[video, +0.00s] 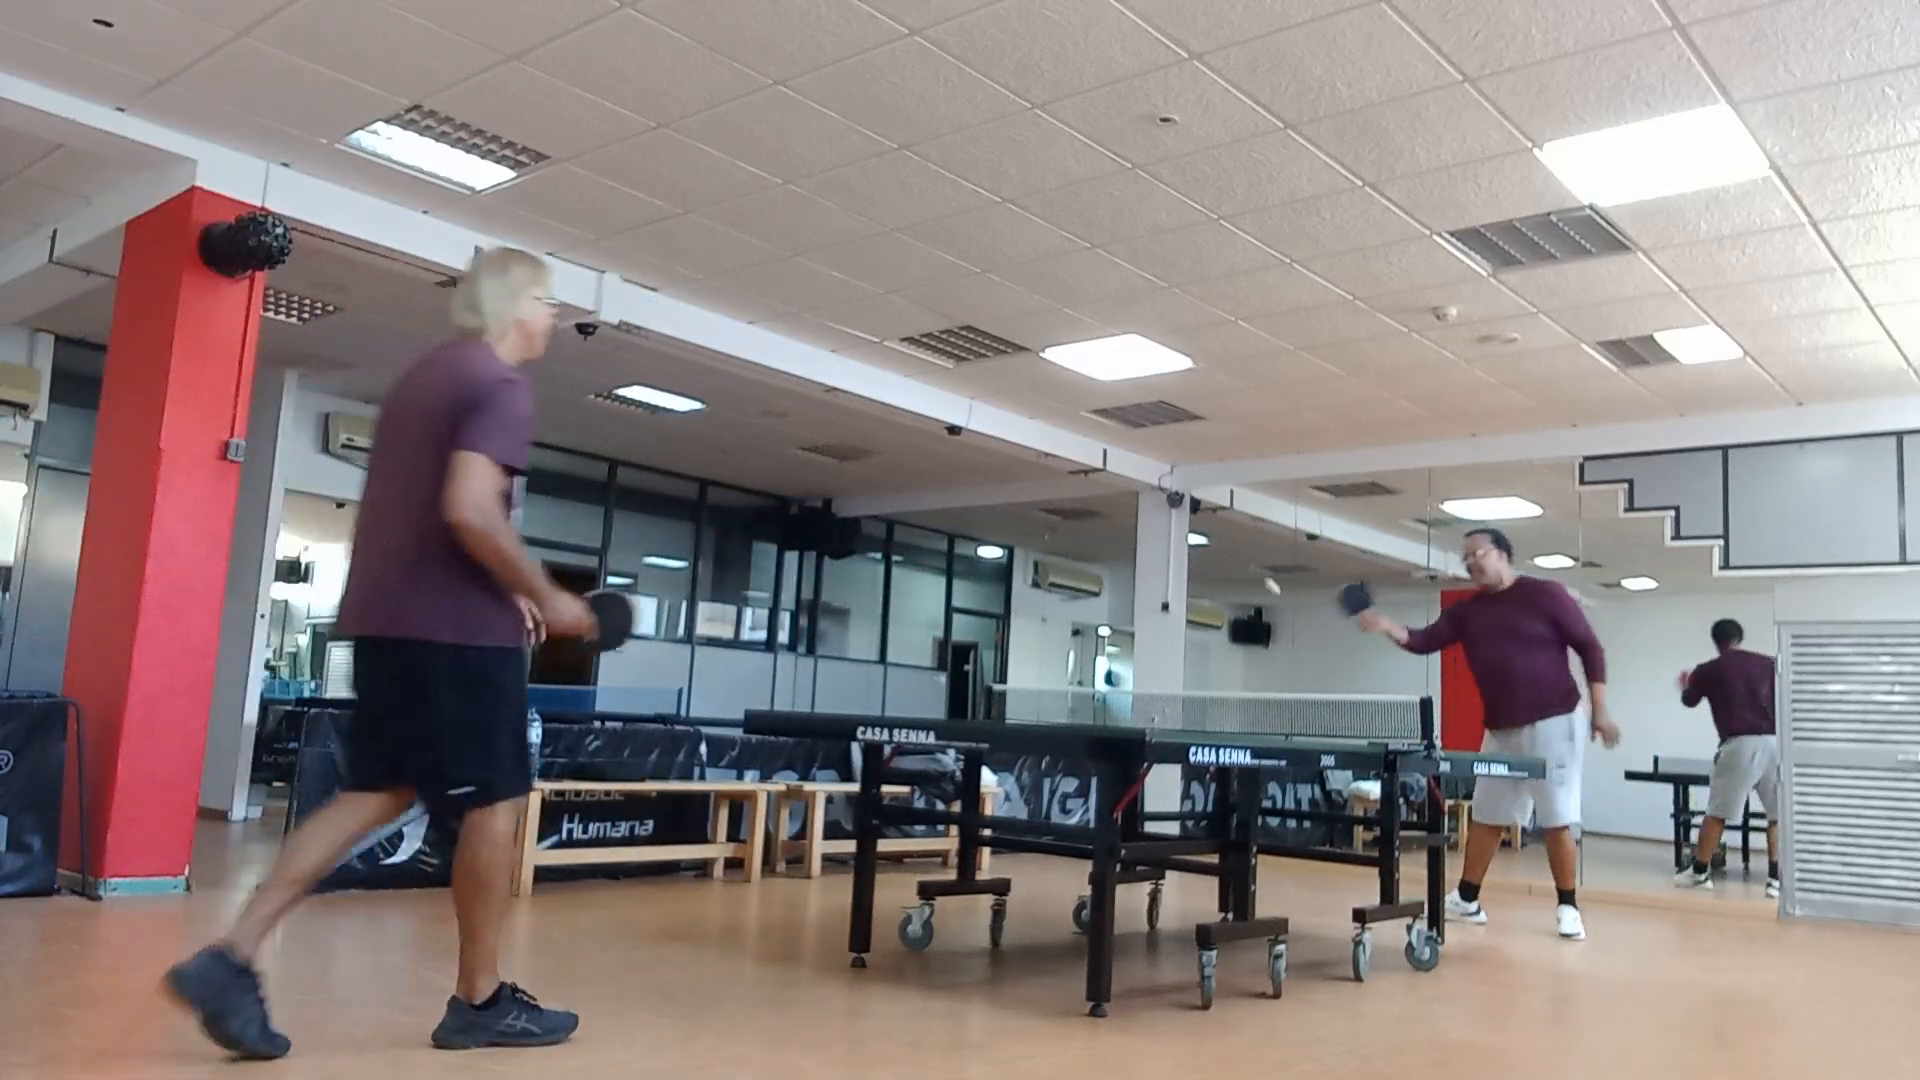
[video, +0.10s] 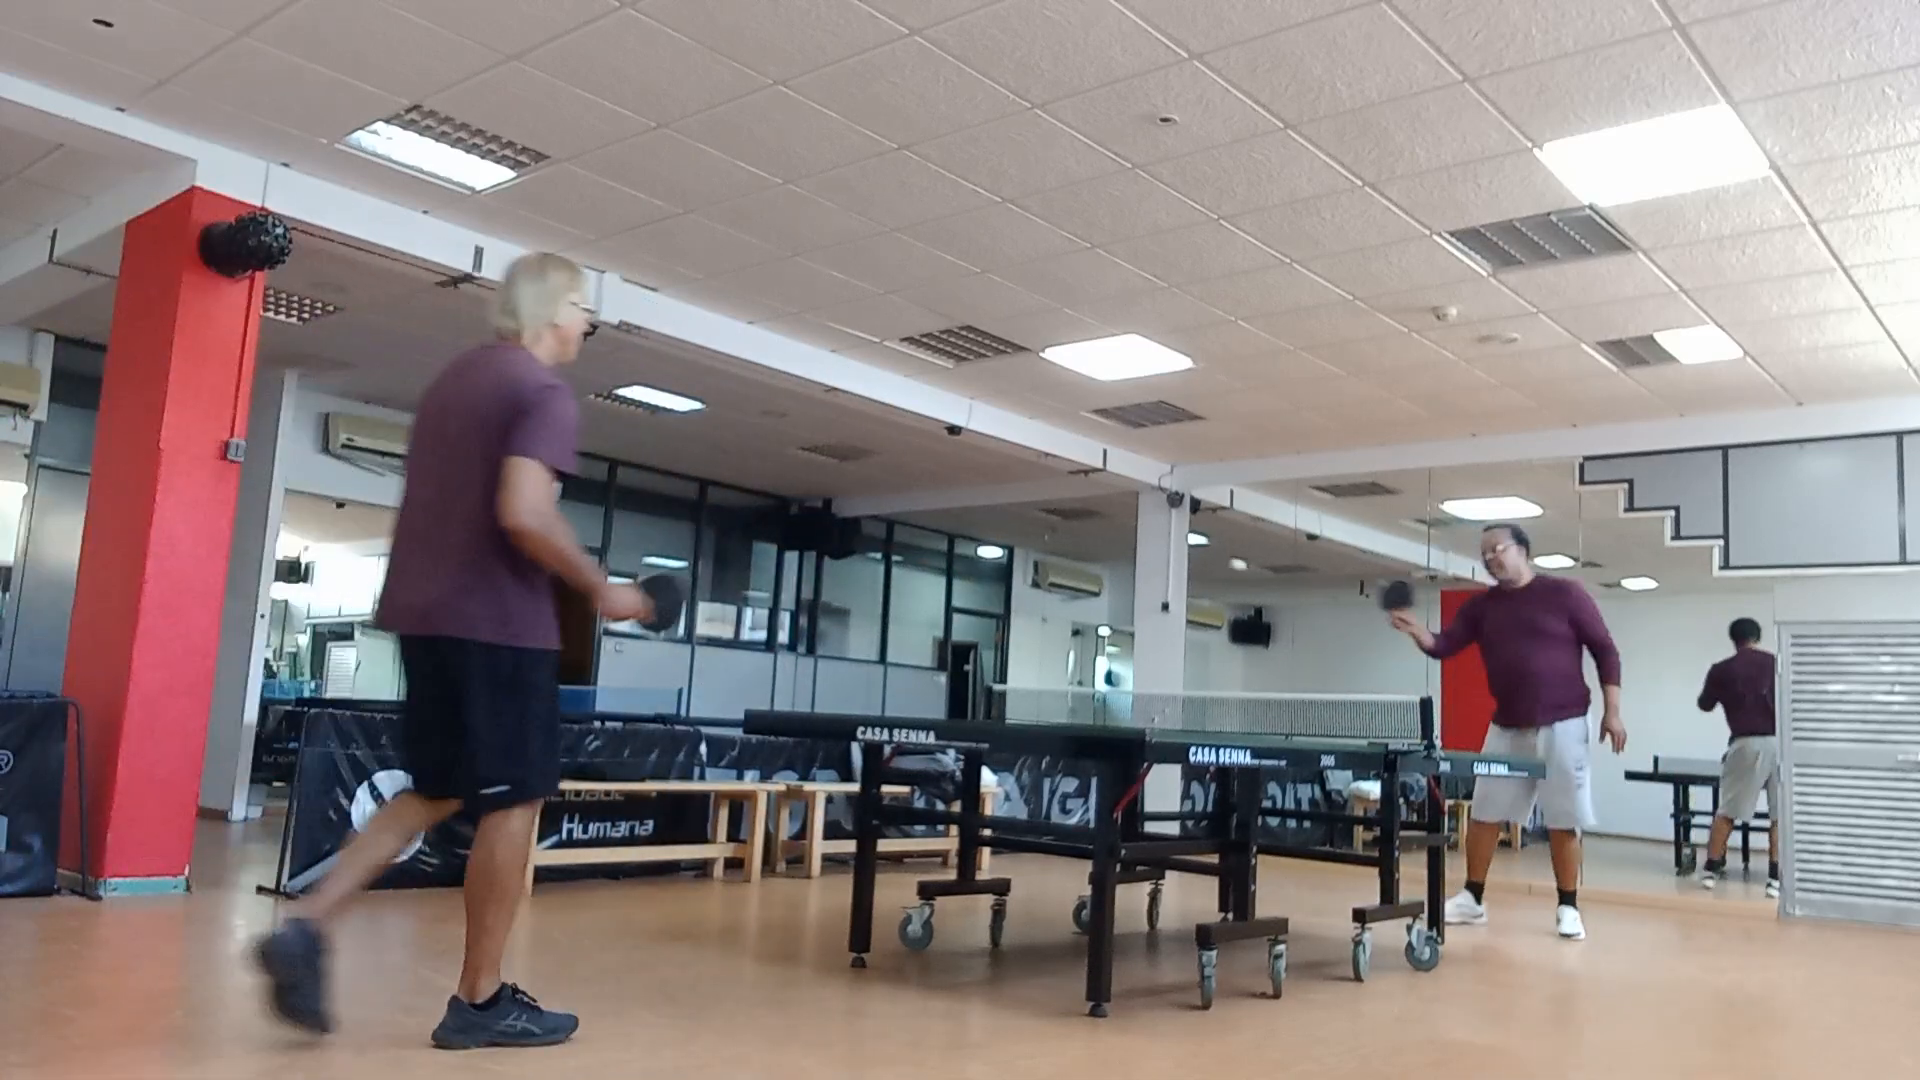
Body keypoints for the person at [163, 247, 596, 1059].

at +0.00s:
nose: (551, 322)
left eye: (551, 308)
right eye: (546, 307)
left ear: (475, 306)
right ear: (516, 310)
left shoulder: (424, 375)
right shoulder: (500, 384)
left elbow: (416, 518)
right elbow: (471, 510)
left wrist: (510, 593)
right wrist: (549, 594)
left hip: (387, 626)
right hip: (462, 634)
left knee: (385, 786)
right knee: (497, 799)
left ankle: (232, 958)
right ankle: (481, 997)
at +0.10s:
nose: (586, 334)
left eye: (586, 320)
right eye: (584, 320)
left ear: (511, 313)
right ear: (559, 320)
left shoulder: (455, 379)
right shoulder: (545, 393)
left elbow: (428, 503)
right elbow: (525, 510)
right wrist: (604, 586)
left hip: (425, 620)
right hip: (499, 629)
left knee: (437, 787)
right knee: (514, 801)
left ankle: (303, 926)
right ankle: (482, 998)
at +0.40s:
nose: (654, 355)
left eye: (654, 341)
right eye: (651, 341)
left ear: (585, 336)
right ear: (626, 340)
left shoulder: (517, 405)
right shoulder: (622, 410)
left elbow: (470, 517)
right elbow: (668, 522)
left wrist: (522, 578)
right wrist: (762, 536)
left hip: (505, 629)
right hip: (570, 635)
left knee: (541, 802)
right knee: (536, 810)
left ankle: (570, 959)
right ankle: (480, 997)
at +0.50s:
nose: (670, 363)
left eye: (670, 349)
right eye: (665, 348)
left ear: (604, 349)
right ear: (635, 351)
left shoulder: (536, 417)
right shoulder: (631, 419)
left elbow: (491, 524)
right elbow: (703, 525)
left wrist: (537, 591)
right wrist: (801, 527)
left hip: (532, 639)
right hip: (594, 643)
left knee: (576, 805)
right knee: (566, 809)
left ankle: (589, 966)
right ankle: (487, 988)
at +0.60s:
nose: (685, 366)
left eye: (682, 352)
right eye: (678, 350)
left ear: (618, 355)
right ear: (644, 353)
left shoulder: (559, 423)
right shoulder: (642, 421)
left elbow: (520, 537)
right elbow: (714, 517)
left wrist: (585, 578)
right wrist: (823, 521)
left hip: (555, 638)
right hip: (614, 641)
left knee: (590, 800)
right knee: (633, 794)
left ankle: (590, 966)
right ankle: (514, 961)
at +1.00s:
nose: (733, 384)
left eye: (731, 372)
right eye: (725, 369)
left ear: (676, 377)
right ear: (689, 374)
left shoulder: (632, 442)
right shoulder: (685, 439)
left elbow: (649, 555)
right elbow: (730, 535)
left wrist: (726, 576)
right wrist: (836, 556)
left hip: (624, 651)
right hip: (685, 654)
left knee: (624, 790)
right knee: (716, 794)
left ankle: (591, 962)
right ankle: (725, 956)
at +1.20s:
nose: (771, 409)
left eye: (771, 396)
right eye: (768, 396)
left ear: (713, 395)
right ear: (741, 396)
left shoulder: (666, 456)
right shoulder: (733, 458)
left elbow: (683, 568)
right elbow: (733, 560)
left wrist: (774, 577)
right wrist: (820, 617)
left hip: (656, 663)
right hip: (719, 667)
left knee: (653, 791)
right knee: (743, 796)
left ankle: (598, 954)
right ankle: (733, 951)